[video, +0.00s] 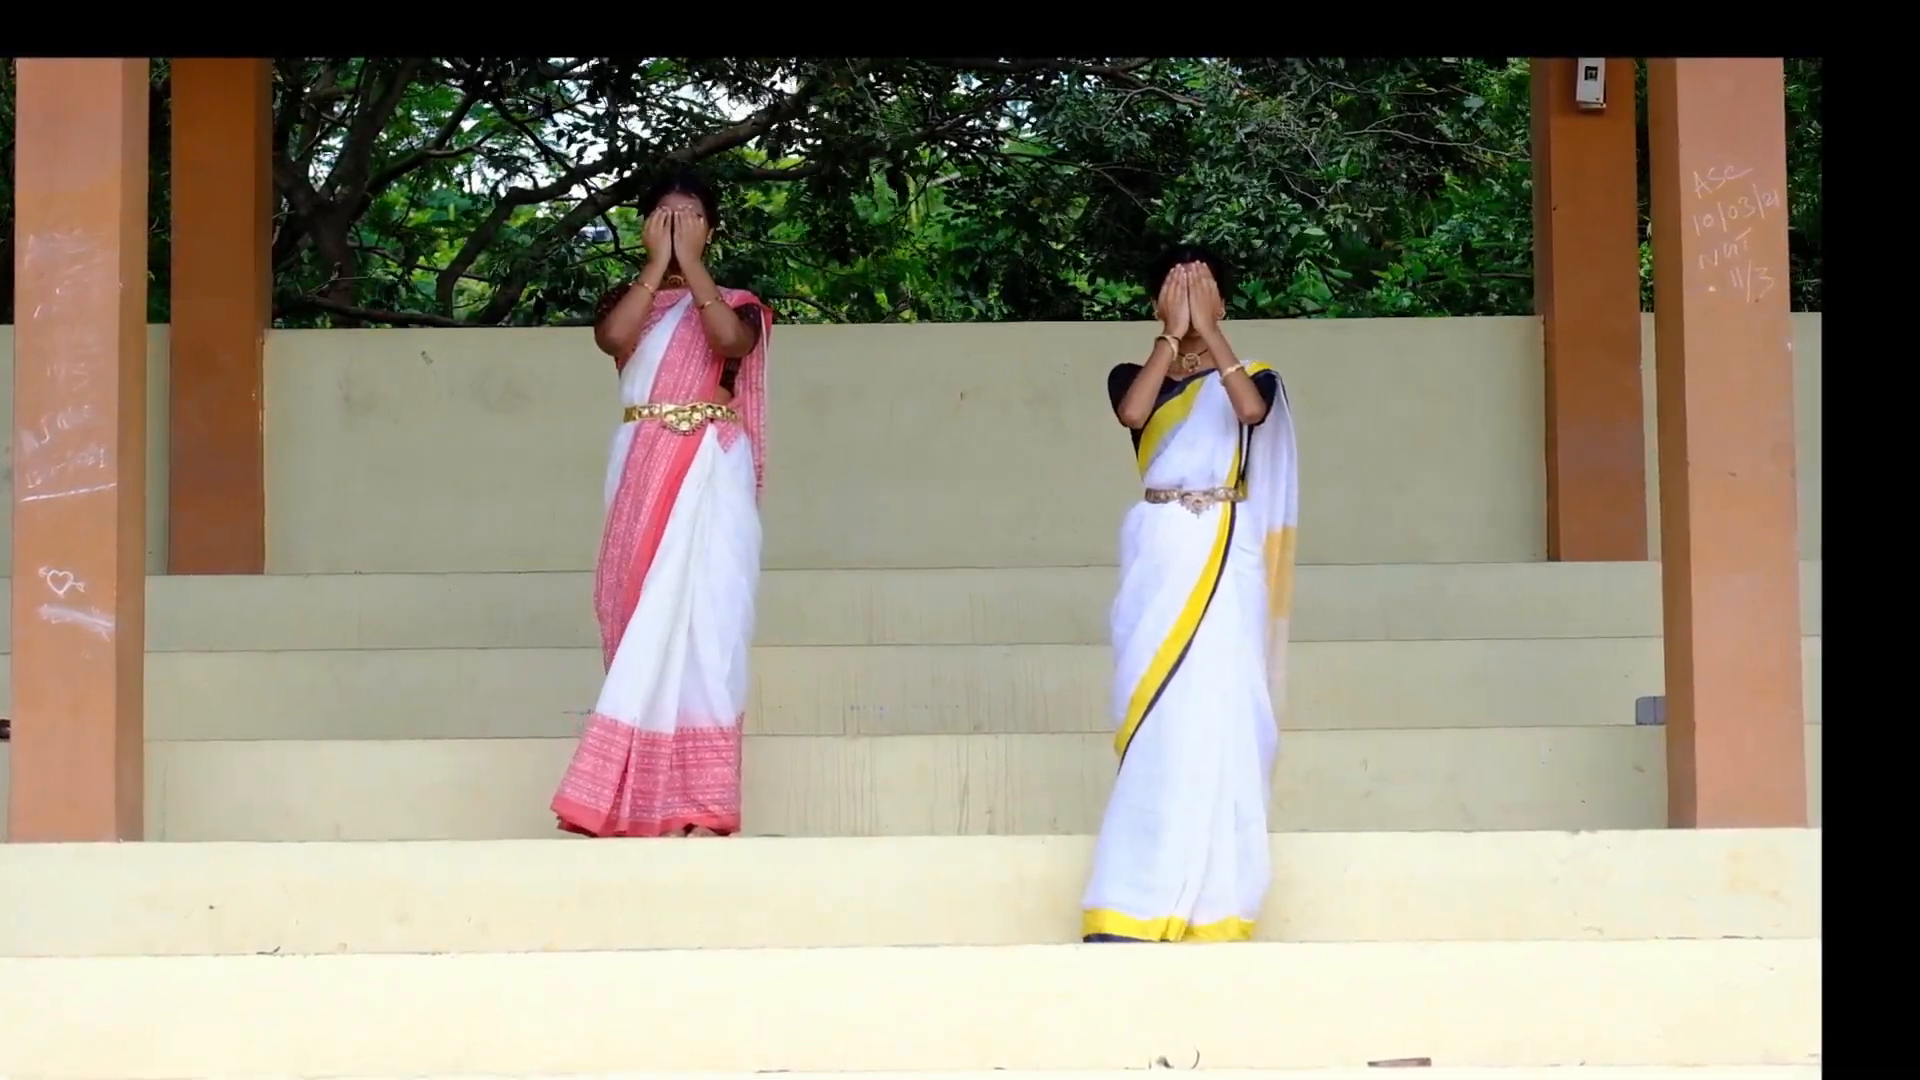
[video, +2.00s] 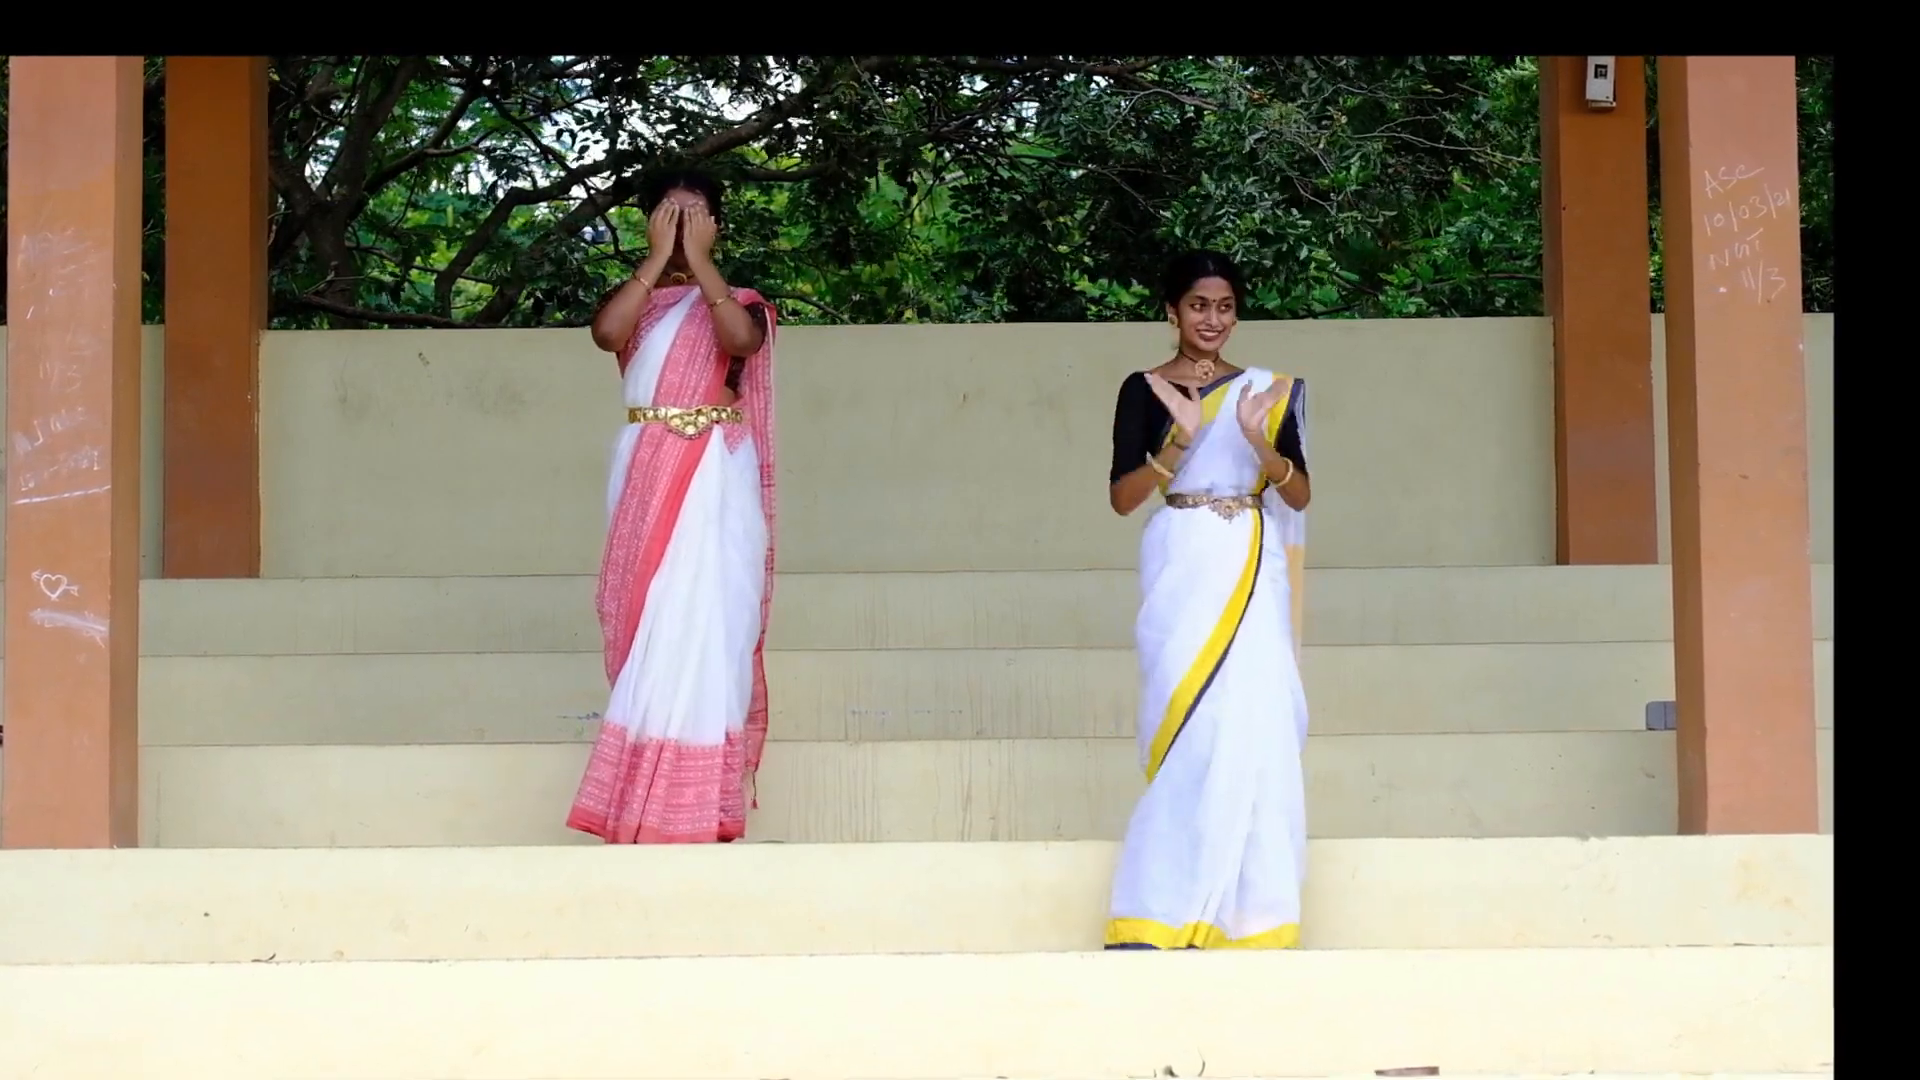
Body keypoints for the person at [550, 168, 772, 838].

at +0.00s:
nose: (674, 227)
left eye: (689, 216)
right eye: (664, 214)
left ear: (712, 227)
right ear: (644, 225)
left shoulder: (738, 305)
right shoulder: (628, 302)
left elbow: (732, 340)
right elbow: (615, 338)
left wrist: (693, 263)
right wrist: (658, 262)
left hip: (713, 478)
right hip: (643, 478)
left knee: (706, 628)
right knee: (639, 625)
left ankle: (703, 804)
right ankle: (635, 800)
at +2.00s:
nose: (681, 226)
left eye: (695, 214)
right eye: (670, 213)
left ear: (717, 226)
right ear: (651, 225)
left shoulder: (740, 301)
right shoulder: (638, 301)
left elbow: (742, 339)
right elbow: (608, 332)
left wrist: (701, 261)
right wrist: (658, 256)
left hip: (714, 476)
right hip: (646, 474)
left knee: (703, 627)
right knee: (650, 626)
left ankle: (693, 803)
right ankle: (644, 799)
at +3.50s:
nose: (698, 254)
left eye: (709, 240)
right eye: (692, 243)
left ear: (750, 241)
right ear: (693, 250)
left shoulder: (803, 320)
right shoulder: (686, 330)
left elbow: (877, 392)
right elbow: (676, 411)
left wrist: (912, 448)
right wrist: (679, 458)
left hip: (772, 496)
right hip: (695, 492)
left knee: (758, 643)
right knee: (628, 580)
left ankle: (719, 815)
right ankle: (606, 752)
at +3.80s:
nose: (680, 259)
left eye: (688, 246)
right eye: (675, 248)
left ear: (731, 241)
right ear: (694, 251)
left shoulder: (799, 309)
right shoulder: (684, 334)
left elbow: (877, 373)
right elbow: (635, 417)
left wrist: (796, 398)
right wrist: (558, 480)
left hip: (785, 485)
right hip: (708, 481)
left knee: (730, 634)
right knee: (630, 513)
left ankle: (717, 820)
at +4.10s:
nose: (673, 263)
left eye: (681, 249)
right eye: (669, 252)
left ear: (724, 244)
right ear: (693, 252)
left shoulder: (790, 306)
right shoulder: (687, 338)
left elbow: (864, 349)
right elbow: (609, 405)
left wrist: (785, 373)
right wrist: (513, 445)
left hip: (785, 484)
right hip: (712, 479)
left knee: (729, 626)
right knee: (633, 495)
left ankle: (714, 802)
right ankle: (642, 654)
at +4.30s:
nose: (673, 265)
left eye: (681, 251)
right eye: (669, 253)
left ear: (723, 247)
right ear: (695, 253)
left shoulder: (791, 307)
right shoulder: (690, 340)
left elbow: (865, 350)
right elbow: (608, 406)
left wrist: (785, 375)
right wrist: (513, 438)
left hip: (787, 492)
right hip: (714, 485)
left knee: (732, 632)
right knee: (633, 499)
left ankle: (712, 806)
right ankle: (644, 661)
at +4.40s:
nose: (673, 266)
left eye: (680, 252)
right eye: (669, 254)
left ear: (724, 247)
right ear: (695, 253)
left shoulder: (791, 306)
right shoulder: (691, 340)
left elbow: (863, 350)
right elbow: (611, 405)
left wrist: (783, 375)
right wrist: (513, 439)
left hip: (788, 489)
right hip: (715, 484)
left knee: (731, 634)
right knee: (636, 498)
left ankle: (713, 815)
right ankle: (650, 660)